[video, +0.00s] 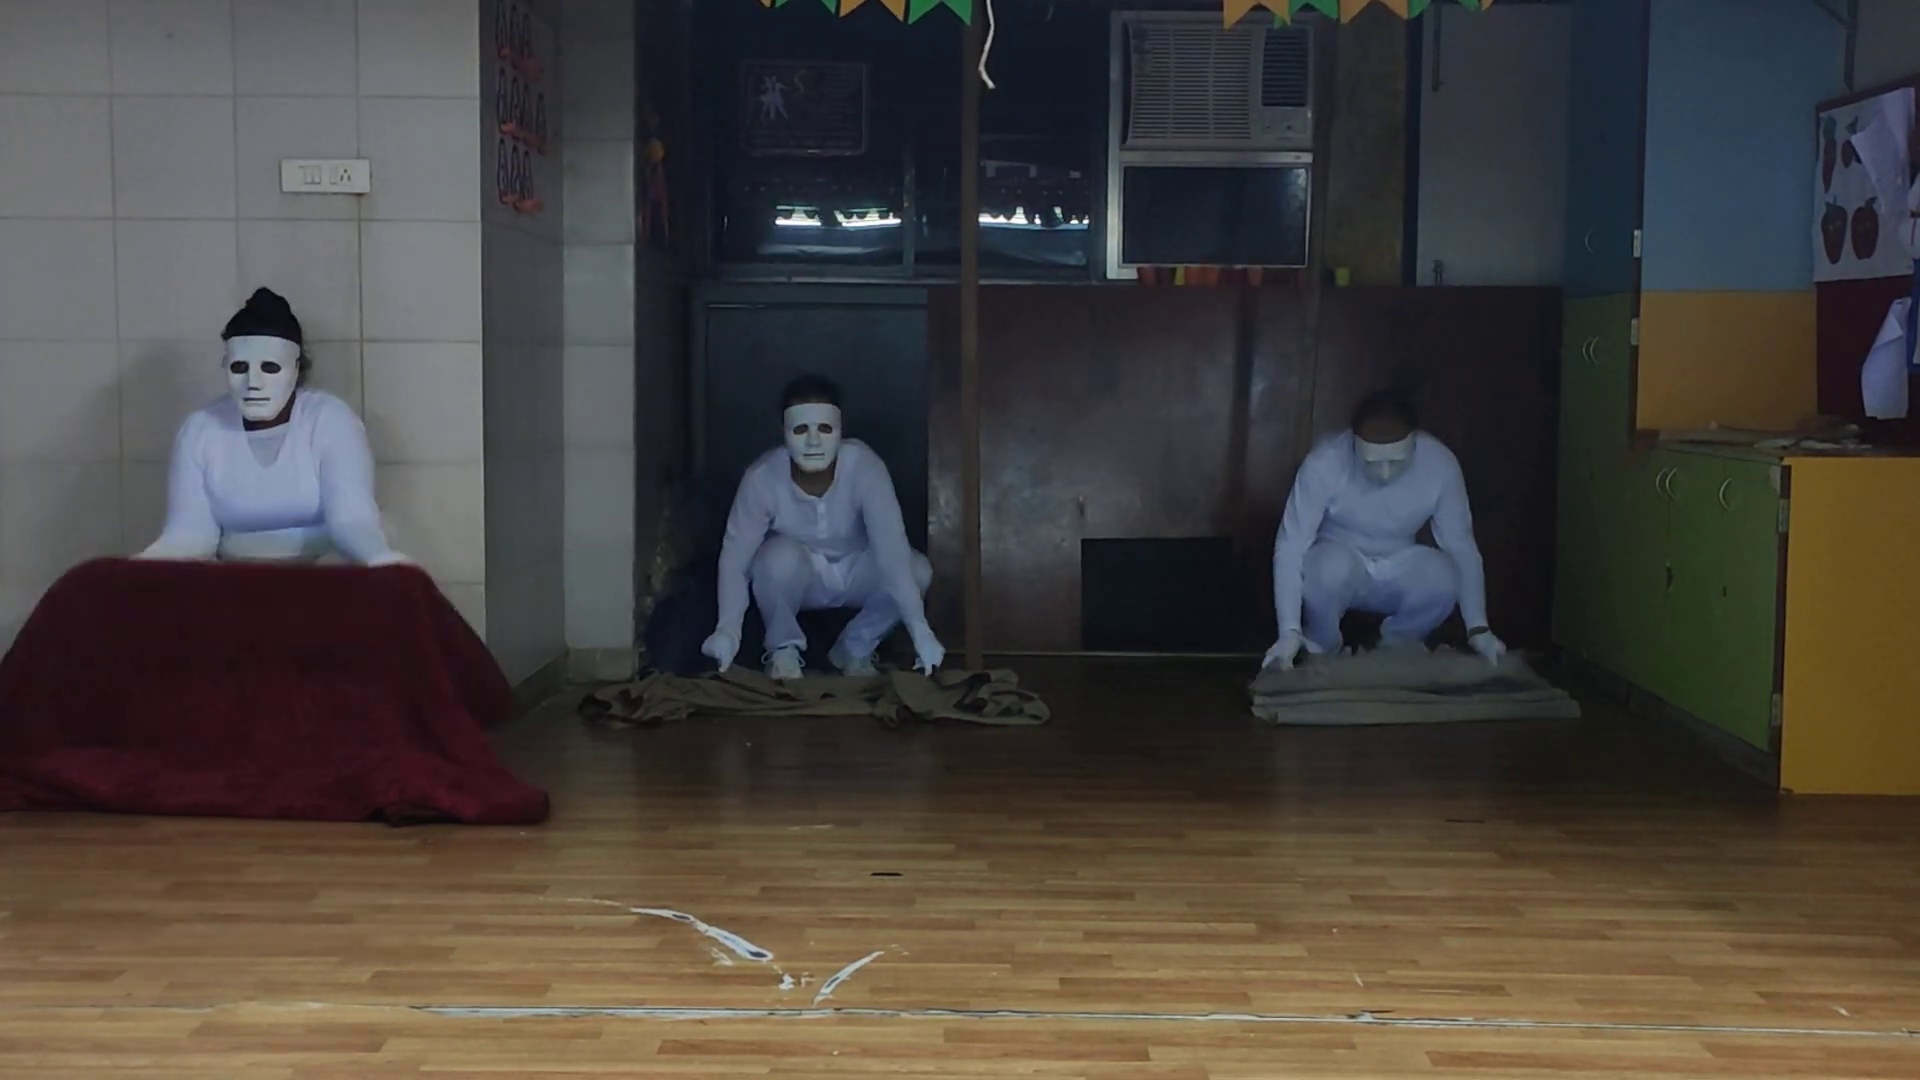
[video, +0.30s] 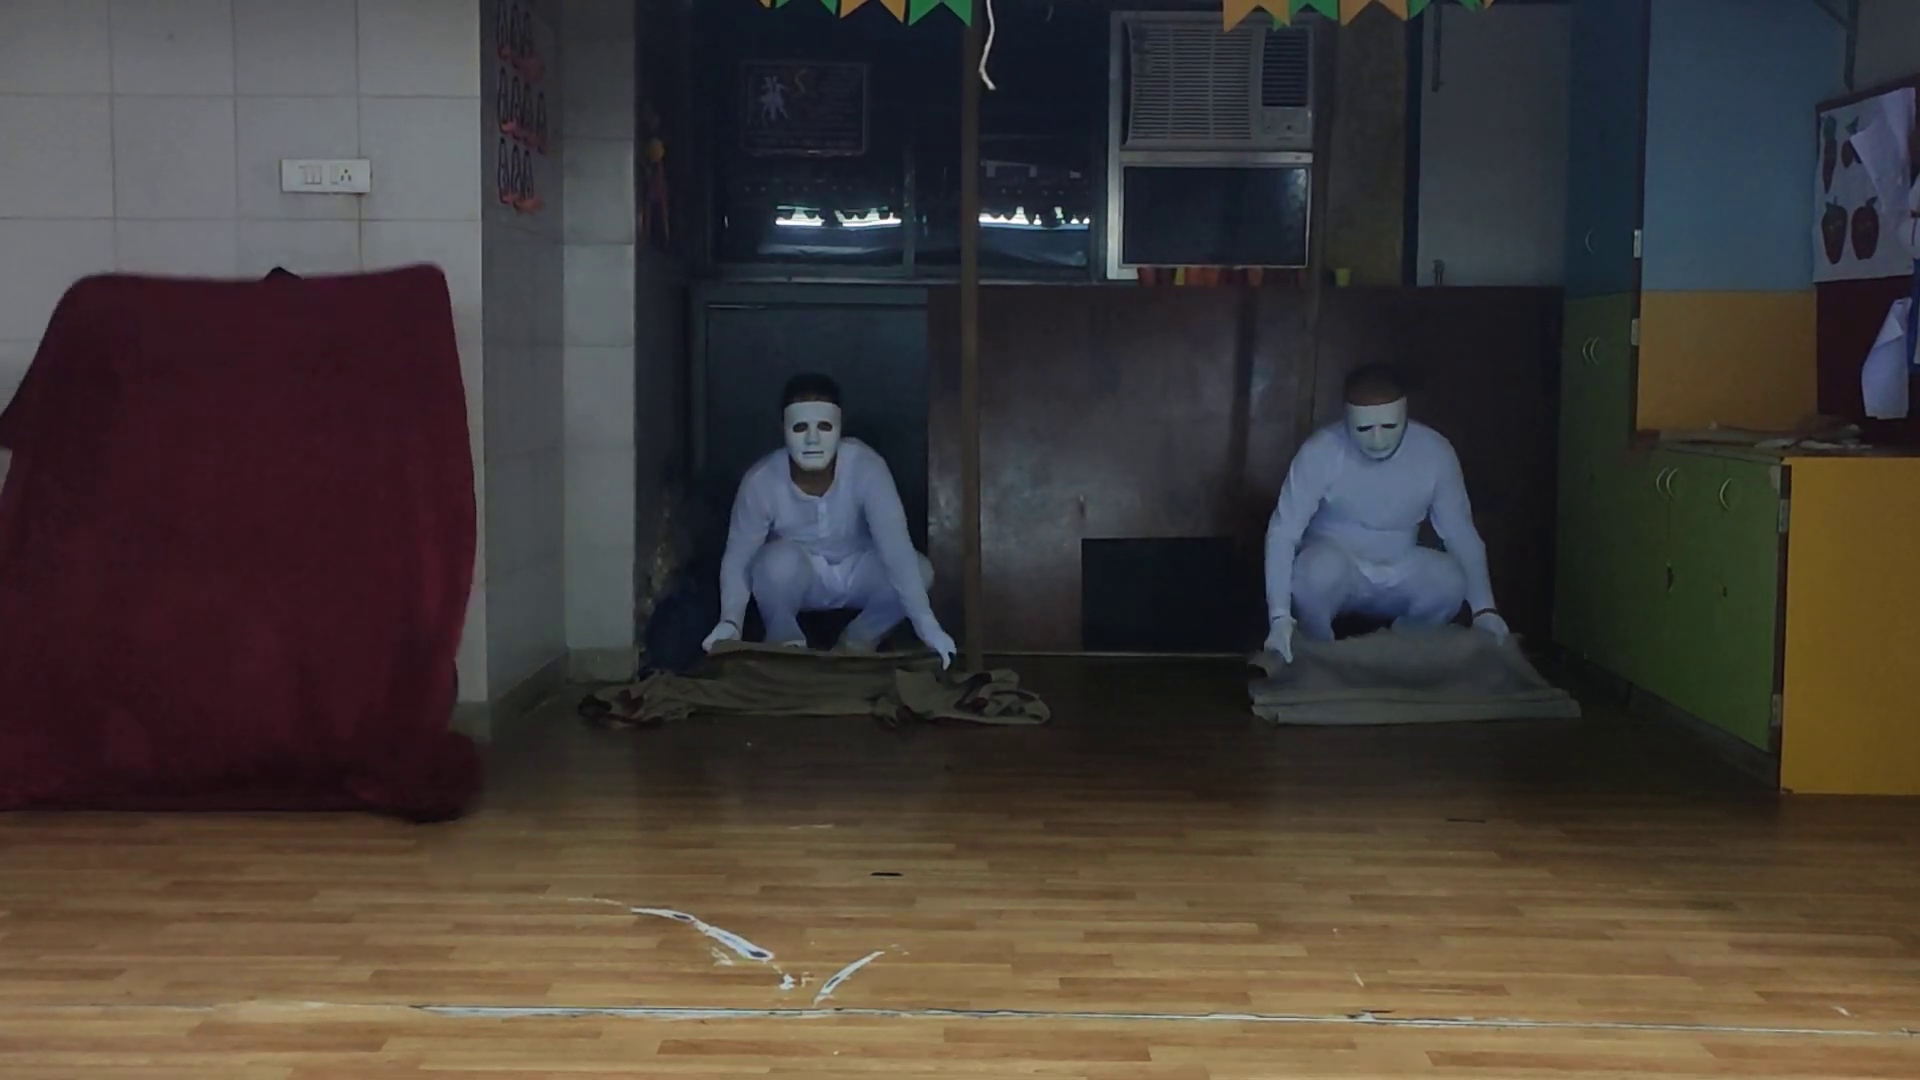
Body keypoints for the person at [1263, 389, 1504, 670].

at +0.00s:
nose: (1384, 472)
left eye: (1395, 461)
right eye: (1373, 462)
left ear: (1412, 444)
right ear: (1355, 445)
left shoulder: (1439, 466)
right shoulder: (1325, 464)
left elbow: (1462, 547)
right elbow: (1289, 547)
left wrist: (1478, 630)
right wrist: (1288, 632)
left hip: (1402, 570)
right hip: (1341, 566)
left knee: (1441, 578)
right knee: (1327, 568)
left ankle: (1398, 647)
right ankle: (1322, 649)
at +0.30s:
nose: (1378, 440)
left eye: (1389, 427)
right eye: (1365, 429)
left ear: (1405, 416)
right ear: (1347, 420)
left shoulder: (1435, 454)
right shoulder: (1321, 454)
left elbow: (1460, 534)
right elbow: (1282, 535)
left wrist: (1484, 610)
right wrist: (1279, 617)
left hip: (1404, 571)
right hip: (1338, 570)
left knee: (1449, 582)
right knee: (1315, 574)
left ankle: (1401, 658)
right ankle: (1317, 658)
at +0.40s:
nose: (1376, 423)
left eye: (1387, 409)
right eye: (1363, 412)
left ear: (1403, 401)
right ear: (1346, 408)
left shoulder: (1434, 446)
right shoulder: (1320, 446)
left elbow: (1463, 528)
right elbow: (1278, 525)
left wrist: (1488, 603)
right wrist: (1269, 607)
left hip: (1403, 567)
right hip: (1336, 566)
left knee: (1450, 584)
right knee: (1307, 575)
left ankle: (1405, 655)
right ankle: (1312, 655)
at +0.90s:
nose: (1373, 402)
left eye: (1385, 389)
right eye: (1360, 391)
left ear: (1401, 384)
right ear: (1344, 389)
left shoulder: (1432, 435)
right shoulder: (1317, 435)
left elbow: (1466, 515)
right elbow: (1276, 512)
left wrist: (1489, 586)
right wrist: (1264, 587)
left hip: (1402, 570)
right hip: (1332, 568)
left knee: (1447, 585)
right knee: (1301, 569)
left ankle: (1407, 676)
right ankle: (1303, 669)